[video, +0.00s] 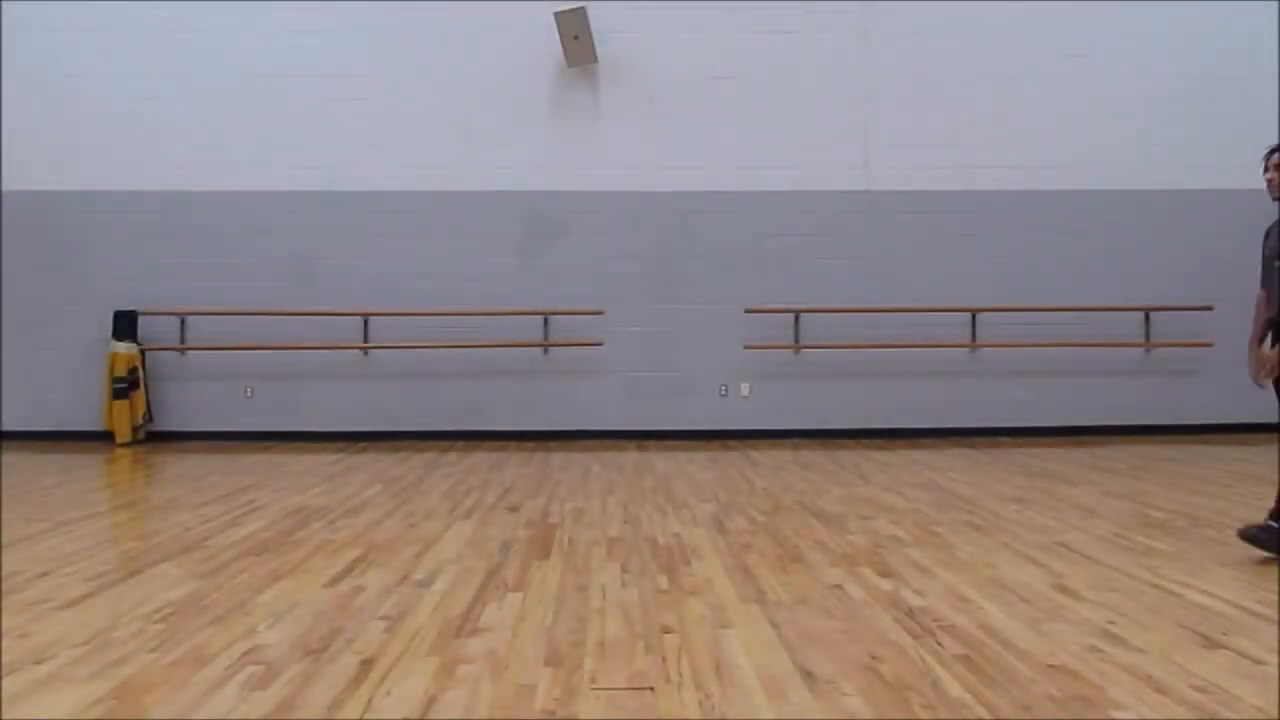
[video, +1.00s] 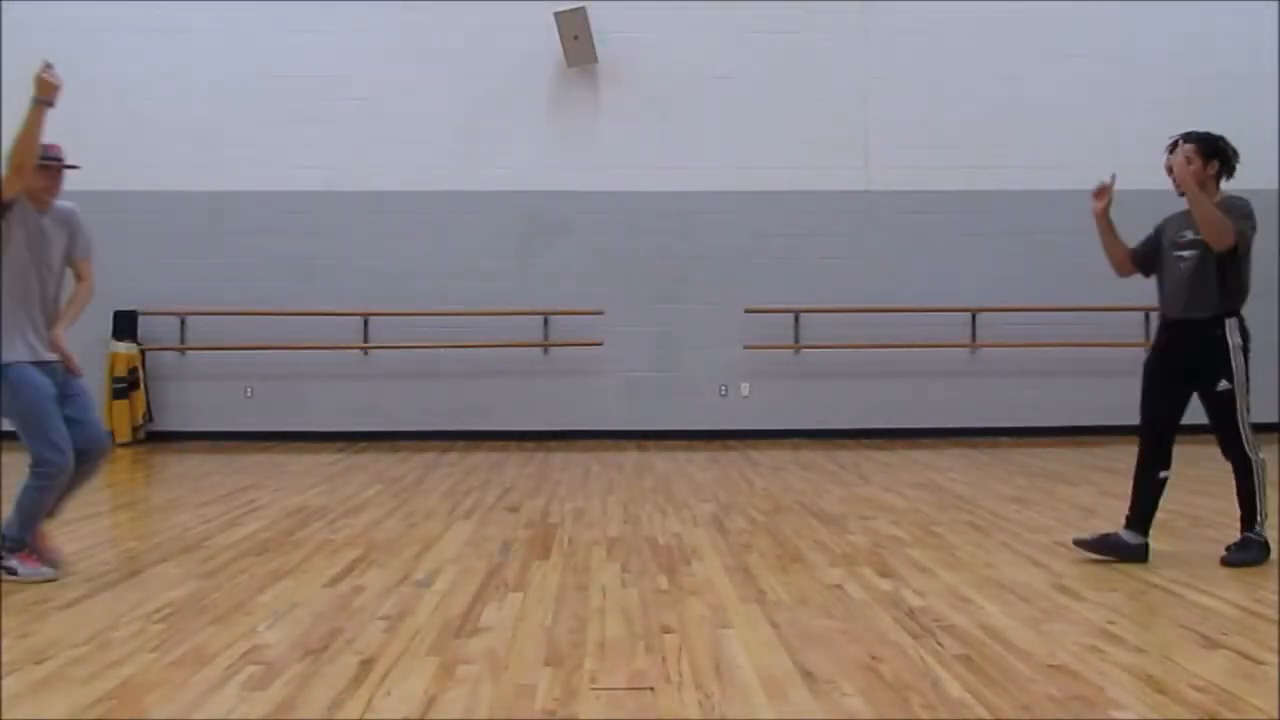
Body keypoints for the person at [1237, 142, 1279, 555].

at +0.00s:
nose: (1272, 177)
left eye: (1277, 169)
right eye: (1269, 170)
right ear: (1264, 178)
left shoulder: (1275, 232)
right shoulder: (1272, 233)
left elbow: (1269, 292)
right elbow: (1267, 291)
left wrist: (1269, 344)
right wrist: (1256, 341)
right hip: (1278, 345)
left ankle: (1276, 517)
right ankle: (1275, 517)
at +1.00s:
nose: (1171, 168)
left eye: (1180, 160)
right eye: (1171, 161)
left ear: (1210, 167)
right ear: (1175, 171)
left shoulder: (1237, 210)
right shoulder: (1173, 224)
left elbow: (1223, 240)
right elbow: (1127, 265)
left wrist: (1191, 188)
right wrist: (1102, 219)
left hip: (1219, 339)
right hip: (1171, 340)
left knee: (1237, 441)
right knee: (1154, 438)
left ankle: (1255, 535)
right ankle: (1134, 535)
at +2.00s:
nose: (1023, 156)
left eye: (1033, 150)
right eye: (1019, 150)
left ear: (1057, 162)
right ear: (1011, 162)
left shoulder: (1060, 206)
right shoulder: (1004, 210)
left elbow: (1050, 159)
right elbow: (946, 208)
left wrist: (1046, 105)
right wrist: (906, 169)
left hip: (1034, 325)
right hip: (1001, 327)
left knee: (1030, 430)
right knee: (983, 432)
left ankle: (1014, 548)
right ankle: (1065, 504)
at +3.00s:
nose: (865, 167)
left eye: (874, 157)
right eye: (858, 158)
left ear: (899, 157)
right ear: (852, 162)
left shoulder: (921, 206)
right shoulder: (852, 213)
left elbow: (926, 274)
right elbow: (848, 280)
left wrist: (853, 267)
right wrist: (833, 268)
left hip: (897, 326)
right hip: (858, 327)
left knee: (890, 441)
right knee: (863, 440)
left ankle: (889, 552)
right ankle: (872, 543)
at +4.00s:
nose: (827, 164)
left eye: (833, 153)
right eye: (821, 155)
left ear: (861, 145)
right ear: (820, 151)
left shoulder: (889, 186)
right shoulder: (830, 191)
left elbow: (894, 259)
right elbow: (821, 255)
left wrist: (859, 218)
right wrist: (773, 229)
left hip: (877, 316)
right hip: (837, 318)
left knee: (885, 437)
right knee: (845, 437)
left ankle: (889, 548)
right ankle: (852, 540)